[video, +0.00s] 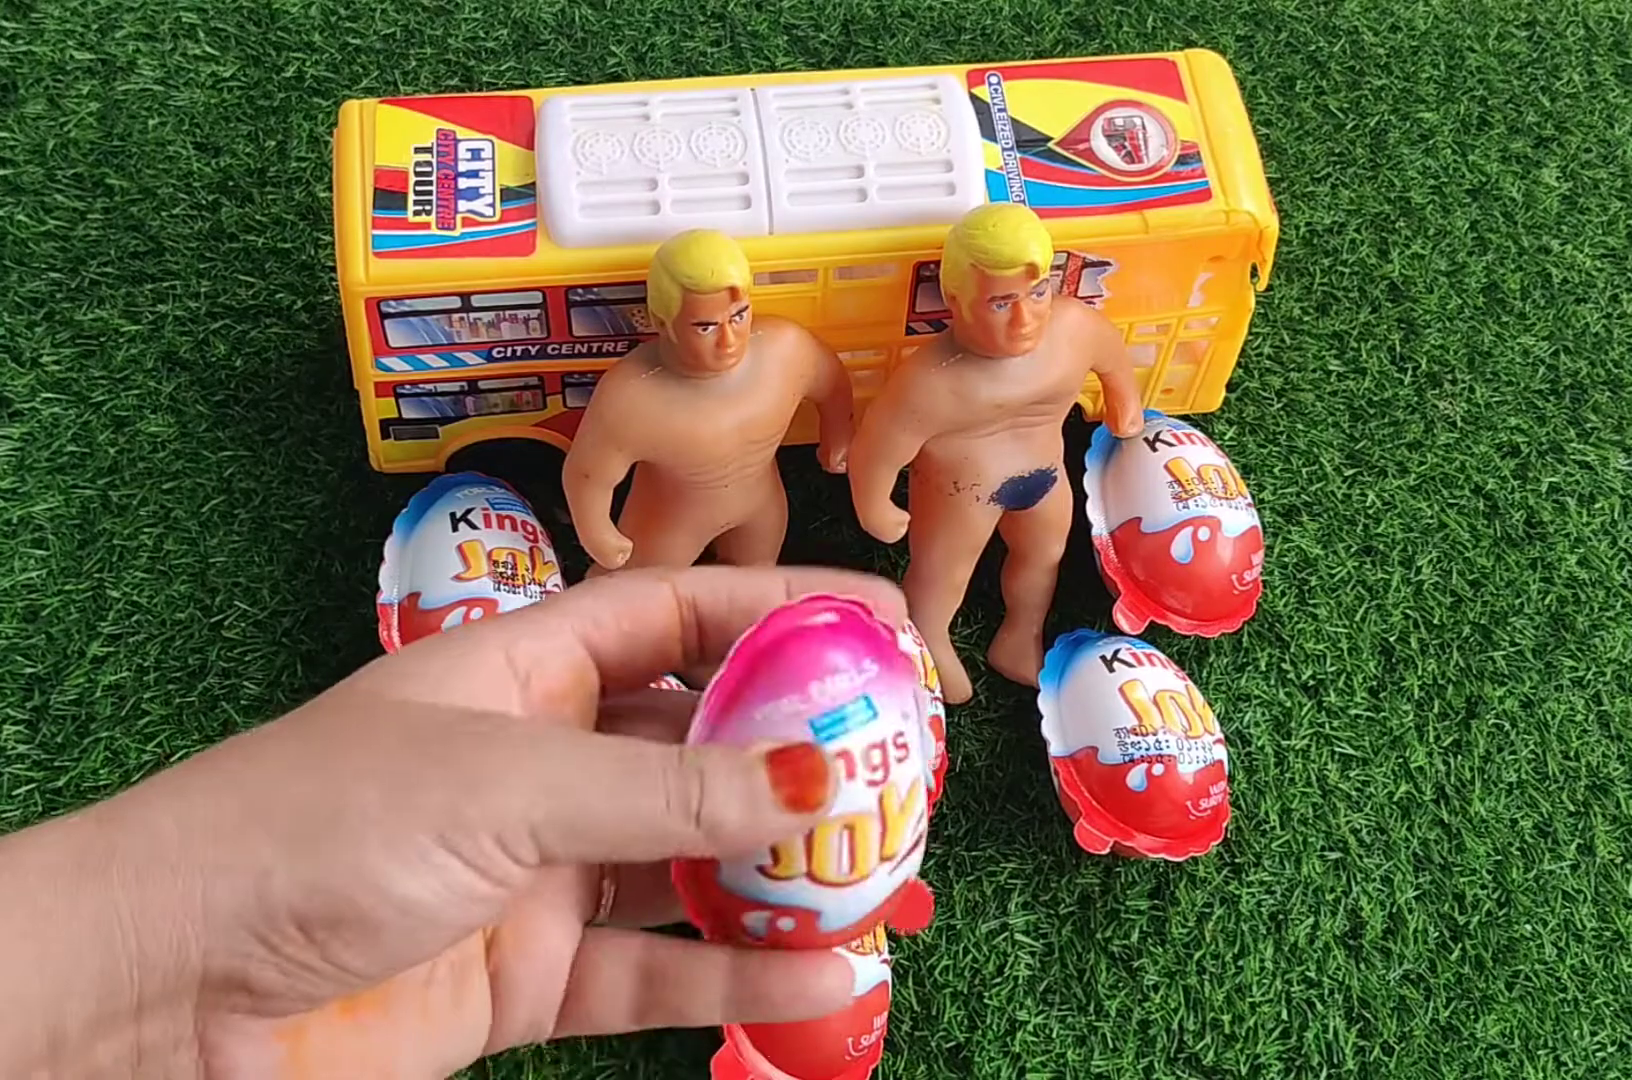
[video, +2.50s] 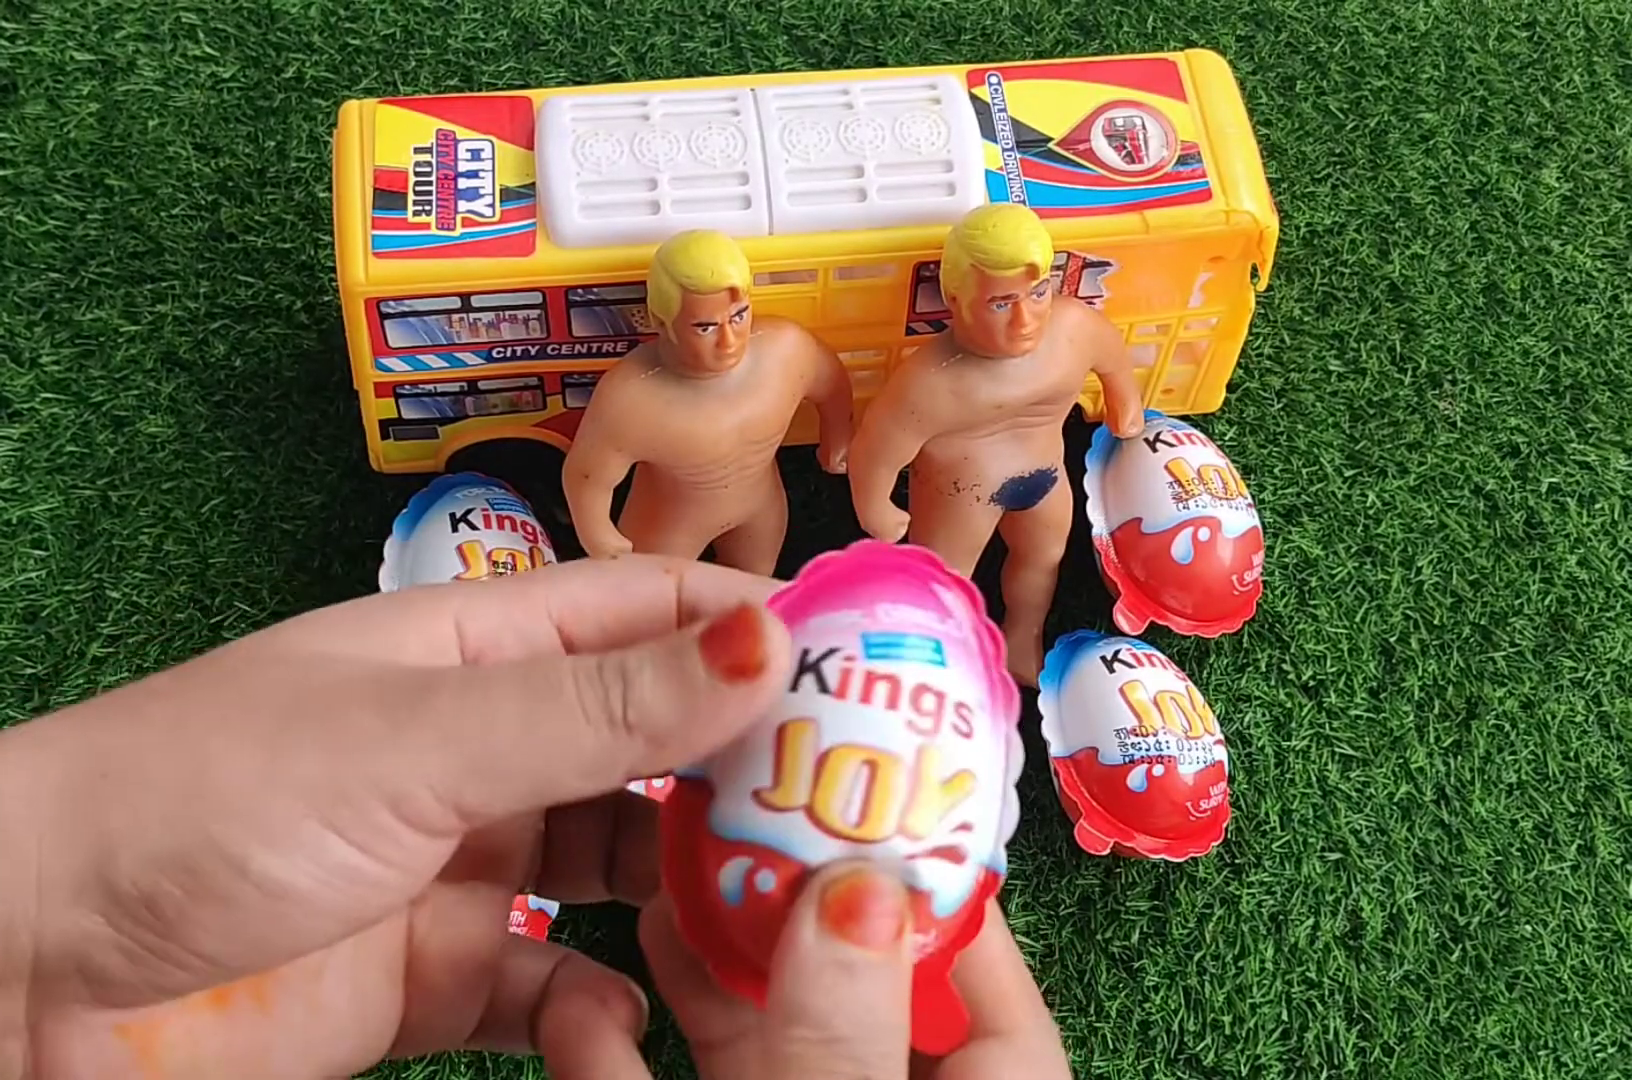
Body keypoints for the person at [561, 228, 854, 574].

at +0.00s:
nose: (729, 339)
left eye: (738, 316)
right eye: (705, 326)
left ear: (750, 303)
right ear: (662, 325)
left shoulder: (787, 350)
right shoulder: (628, 398)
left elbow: (833, 386)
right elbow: (586, 478)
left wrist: (836, 442)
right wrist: (601, 542)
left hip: (758, 502)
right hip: (670, 515)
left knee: (756, 587)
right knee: (637, 597)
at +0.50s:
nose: (728, 340)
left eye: (739, 316)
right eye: (705, 326)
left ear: (750, 301)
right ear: (663, 323)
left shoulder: (788, 350)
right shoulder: (629, 397)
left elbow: (833, 387)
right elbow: (586, 477)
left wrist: (836, 440)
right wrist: (598, 537)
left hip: (758, 500)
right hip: (671, 515)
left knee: (753, 585)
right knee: (627, 590)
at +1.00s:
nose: (728, 340)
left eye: (738, 316)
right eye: (705, 327)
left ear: (750, 302)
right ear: (661, 324)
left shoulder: (788, 350)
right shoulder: (628, 399)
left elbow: (833, 389)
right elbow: (585, 479)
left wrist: (836, 445)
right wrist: (601, 541)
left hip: (758, 510)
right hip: (670, 524)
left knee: (762, 612)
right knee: (657, 627)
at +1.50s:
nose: (728, 340)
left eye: (739, 316)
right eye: (705, 327)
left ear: (750, 302)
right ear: (664, 327)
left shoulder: (786, 350)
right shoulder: (627, 399)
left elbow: (833, 390)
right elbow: (585, 480)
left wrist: (834, 447)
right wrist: (605, 558)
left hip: (757, 514)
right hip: (668, 528)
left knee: (760, 614)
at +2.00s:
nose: (728, 340)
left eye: (739, 315)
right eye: (704, 327)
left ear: (750, 302)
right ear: (664, 327)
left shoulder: (786, 350)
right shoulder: (626, 399)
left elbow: (832, 389)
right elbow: (585, 480)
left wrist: (834, 444)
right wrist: (599, 559)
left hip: (757, 519)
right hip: (665, 535)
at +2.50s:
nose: (728, 339)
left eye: (738, 316)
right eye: (705, 326)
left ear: (749, 303)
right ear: (661, 325)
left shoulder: (788, 350)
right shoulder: (628, 399)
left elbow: (833, 388)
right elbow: (585, 479)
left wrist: (836, 444)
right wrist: (600, 541)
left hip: (758, 506)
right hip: (670, 519)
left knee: (754, 597)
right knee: (648, 613)